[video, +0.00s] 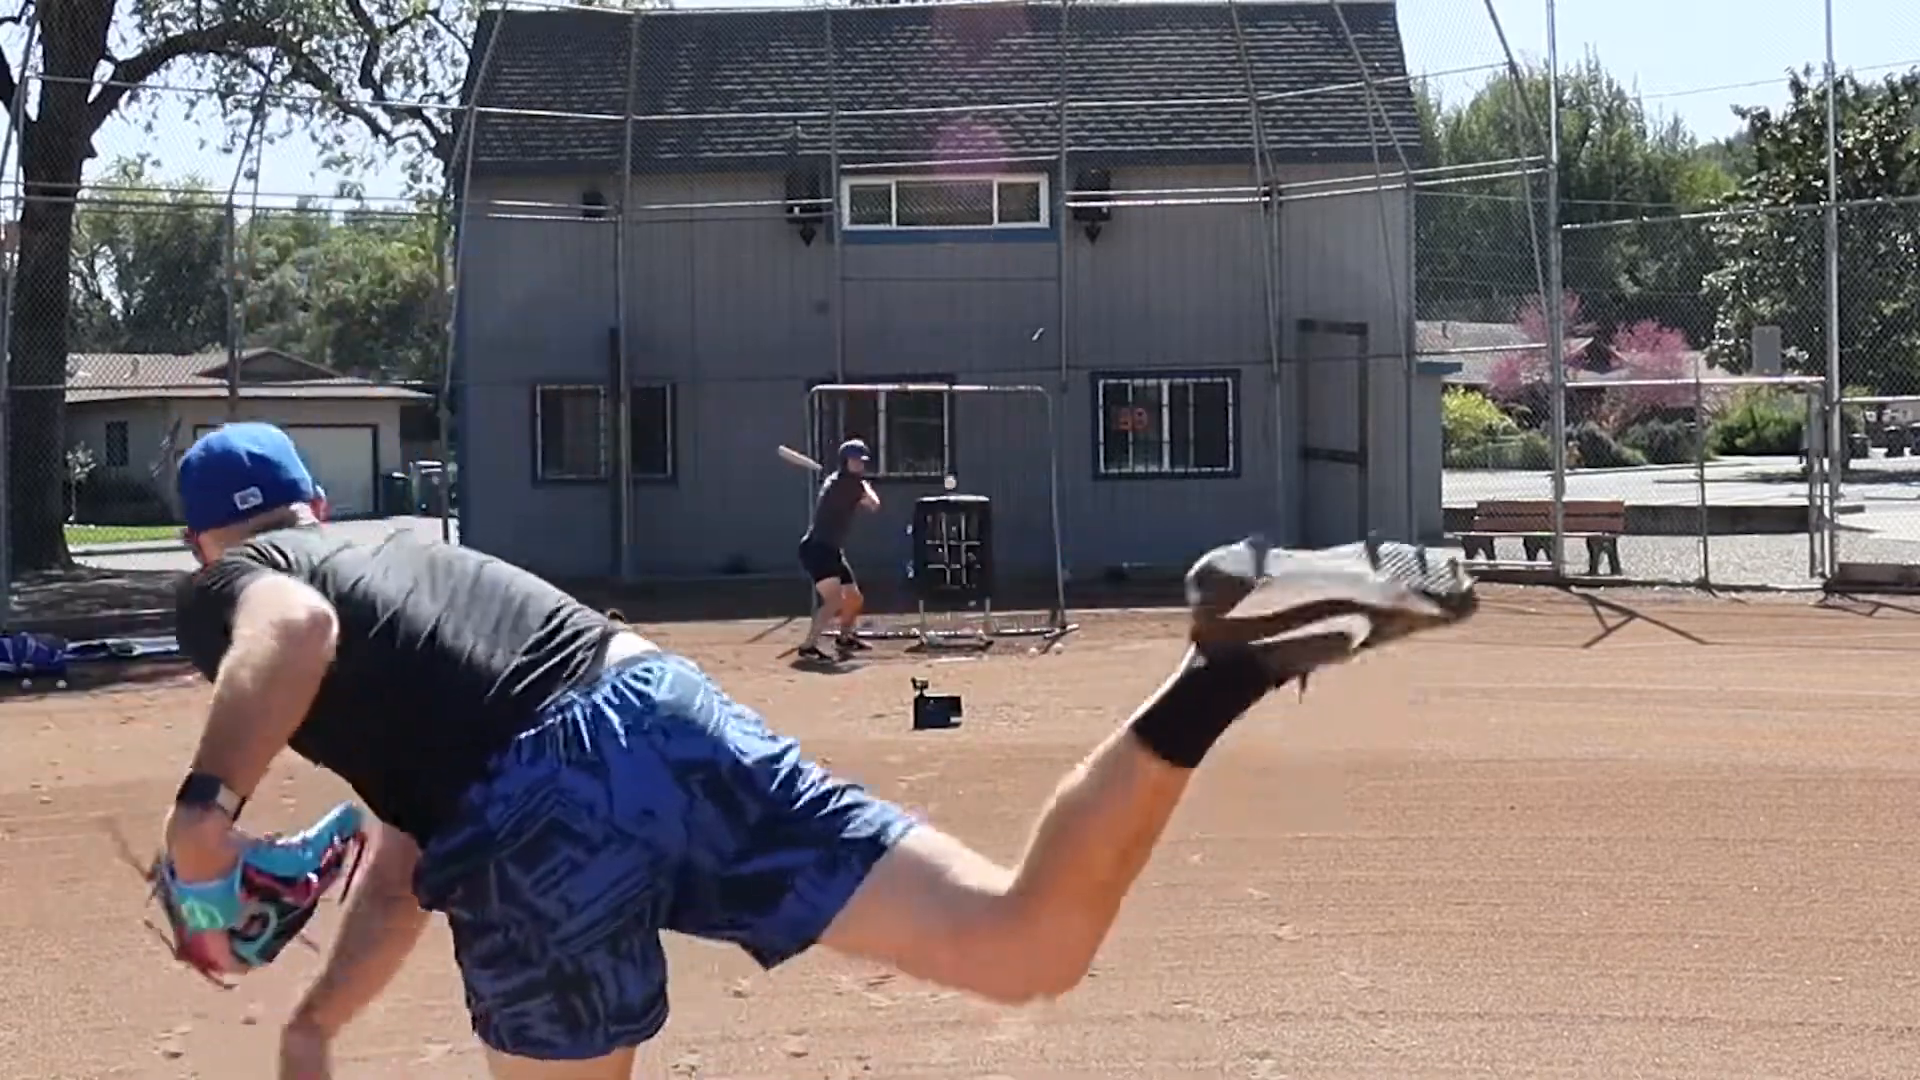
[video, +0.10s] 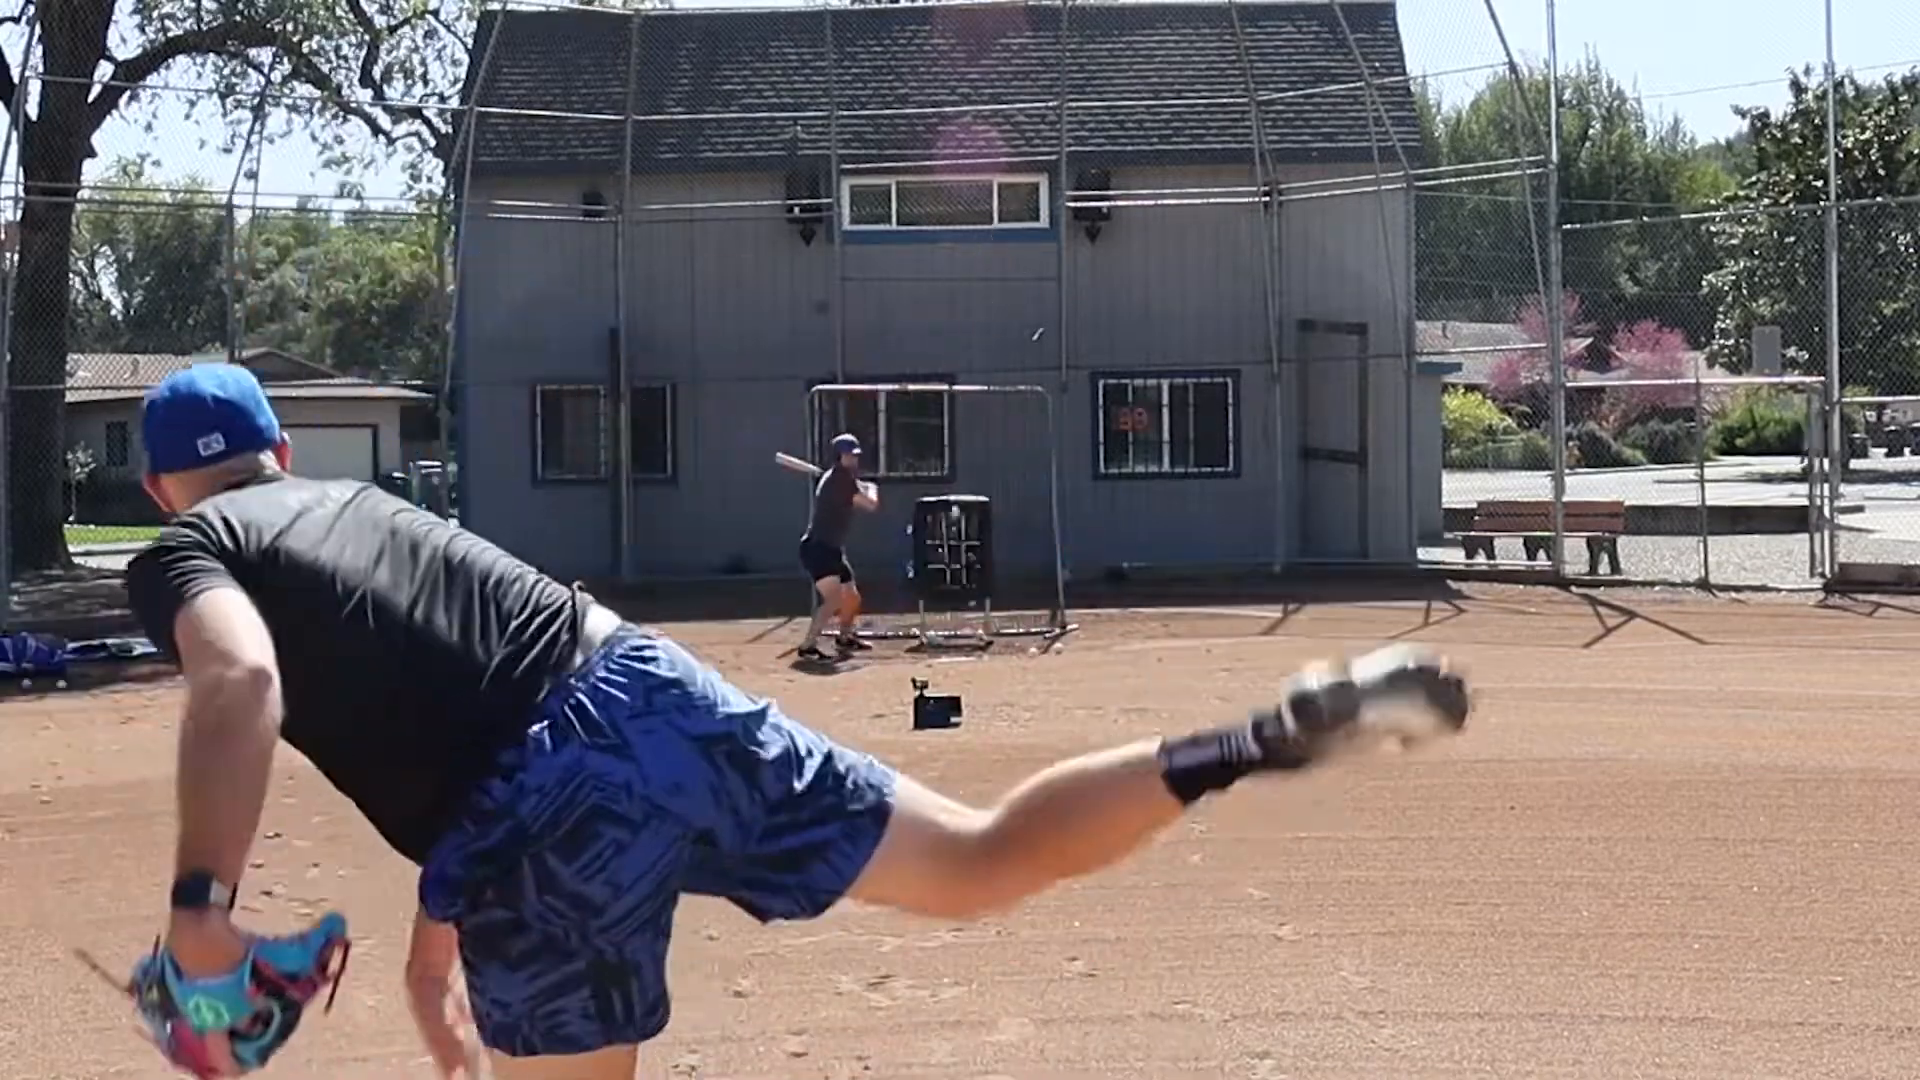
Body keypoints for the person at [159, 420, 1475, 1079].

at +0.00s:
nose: (196, 571)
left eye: (195, 551)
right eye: (205, 554)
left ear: (214, 530)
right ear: (310, 493)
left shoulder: (268, 562)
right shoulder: (406, 567)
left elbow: (291, 621)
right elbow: (408, 855)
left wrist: (199, 818)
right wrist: (316, 1023)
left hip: (544, 816)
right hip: (664, 702)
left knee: (570, 1063)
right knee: (1025, 945)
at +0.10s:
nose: (156, 501)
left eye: (151, 484)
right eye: (174, 478)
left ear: (164, 477)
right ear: (276, 443)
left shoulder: (198, 544)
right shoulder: (367, 514)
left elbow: (236, 683)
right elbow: (483, 714)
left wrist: (200, 908)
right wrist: (432, 939)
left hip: (544, 801)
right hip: (654, 686)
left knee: (564, 1067)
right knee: (973, 860)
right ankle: (1275, 733)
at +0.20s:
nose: (122, 452)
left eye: (116, 432)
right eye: (129, 430)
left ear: (135, 424)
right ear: (247, 393)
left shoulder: (163, 525)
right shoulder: (337, 454)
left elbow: (210, 755)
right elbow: (447, 622)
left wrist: (197, 990)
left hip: (535, 811)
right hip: (642, 678)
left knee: (566, 1062)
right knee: (855, 848)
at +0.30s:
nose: (97, 387)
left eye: (91, 369)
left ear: (97, 380)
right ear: (225, 347)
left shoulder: (151, 496)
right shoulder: (320, 410)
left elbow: (204, 773)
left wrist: (170, 999)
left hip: (517, 819)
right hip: (630, 698)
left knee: (567, 1059)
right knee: (691, 918)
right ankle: (790, 1055)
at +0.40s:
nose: (81, 368)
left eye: (69, 346)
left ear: (76, 355)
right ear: (210, 311)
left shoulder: (150, 475)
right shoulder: (300, 383)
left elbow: (186, 780)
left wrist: (115, 977)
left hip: (510, 812)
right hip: (596, 720)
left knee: (559, 1063)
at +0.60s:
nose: (464, 315)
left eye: (457, 285)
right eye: (450, 286)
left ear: (287, 319)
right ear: (397, 318)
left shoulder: (416, 459)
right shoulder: (149, 549)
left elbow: (691, 471)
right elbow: (0, 847)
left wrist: (939, 512)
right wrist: (222, 1043)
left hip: (335, 999)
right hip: (149, 1053)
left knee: (502, 1070)